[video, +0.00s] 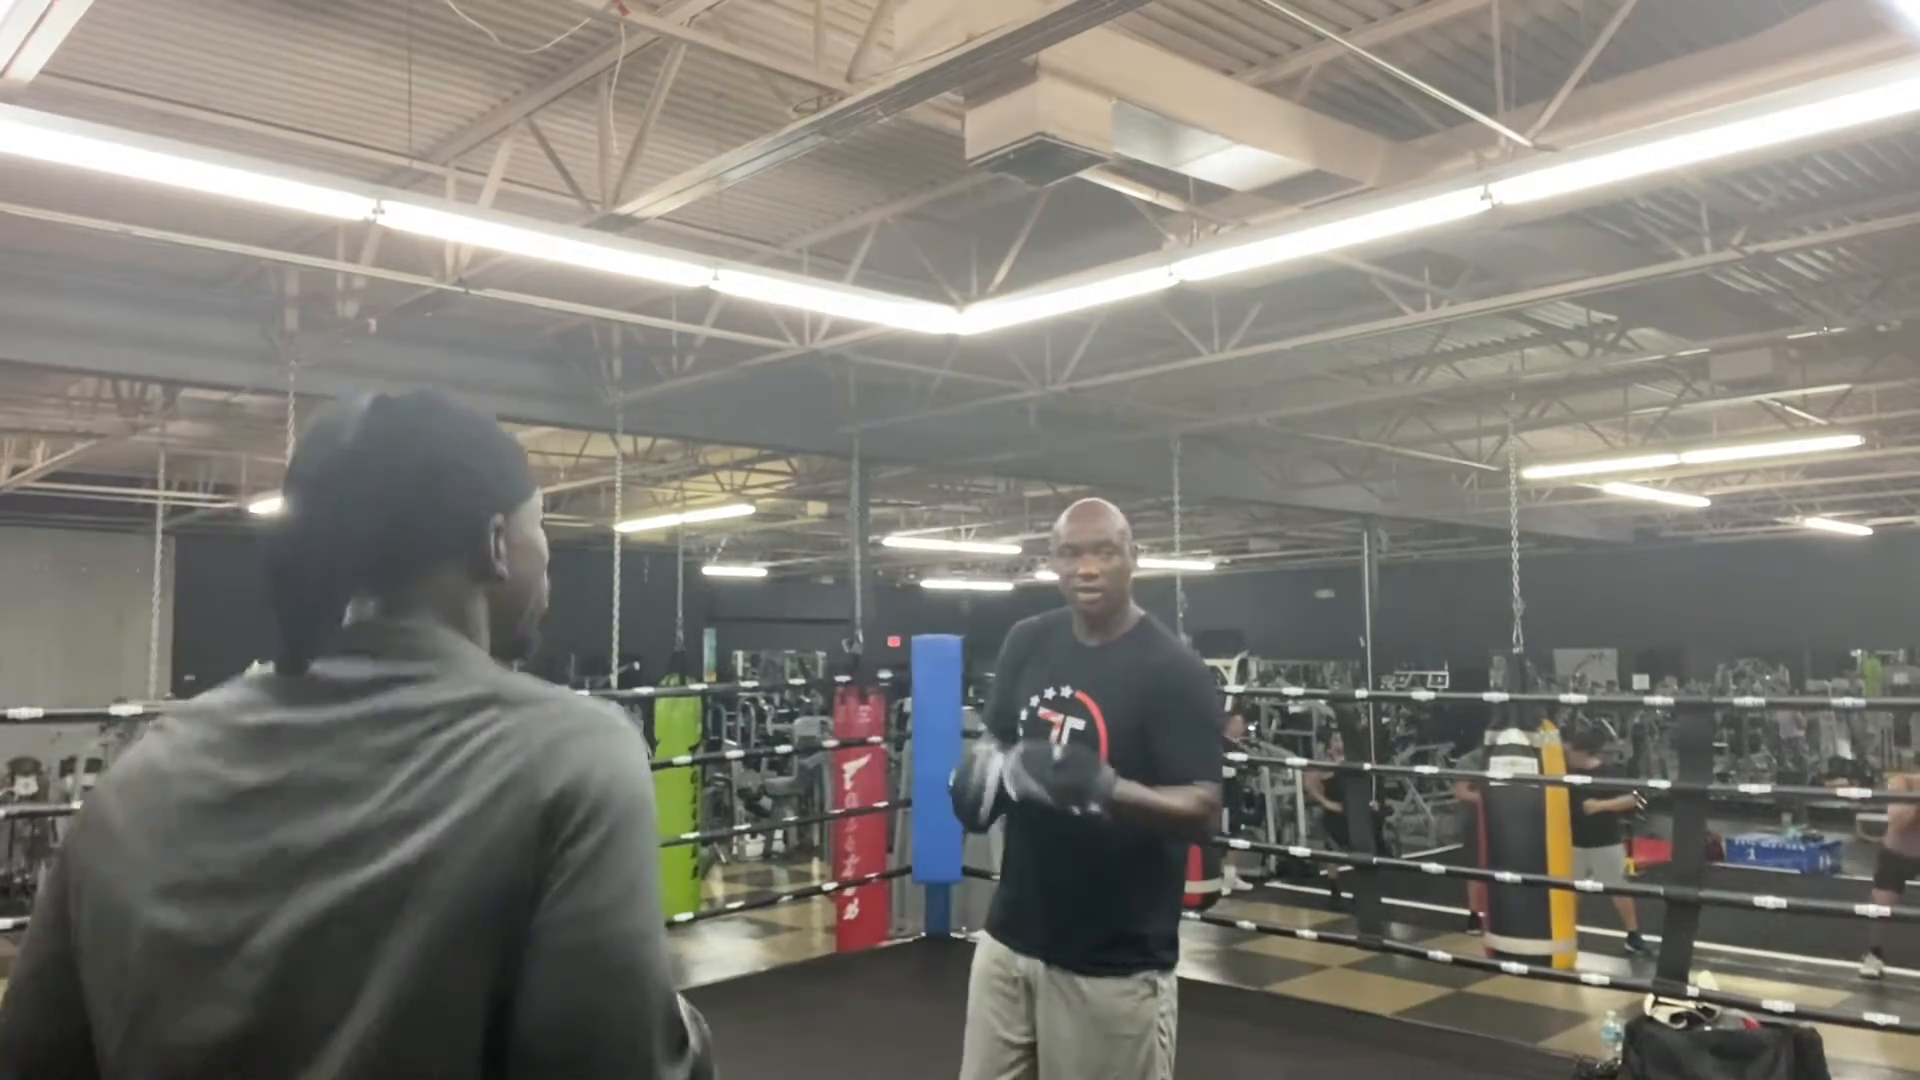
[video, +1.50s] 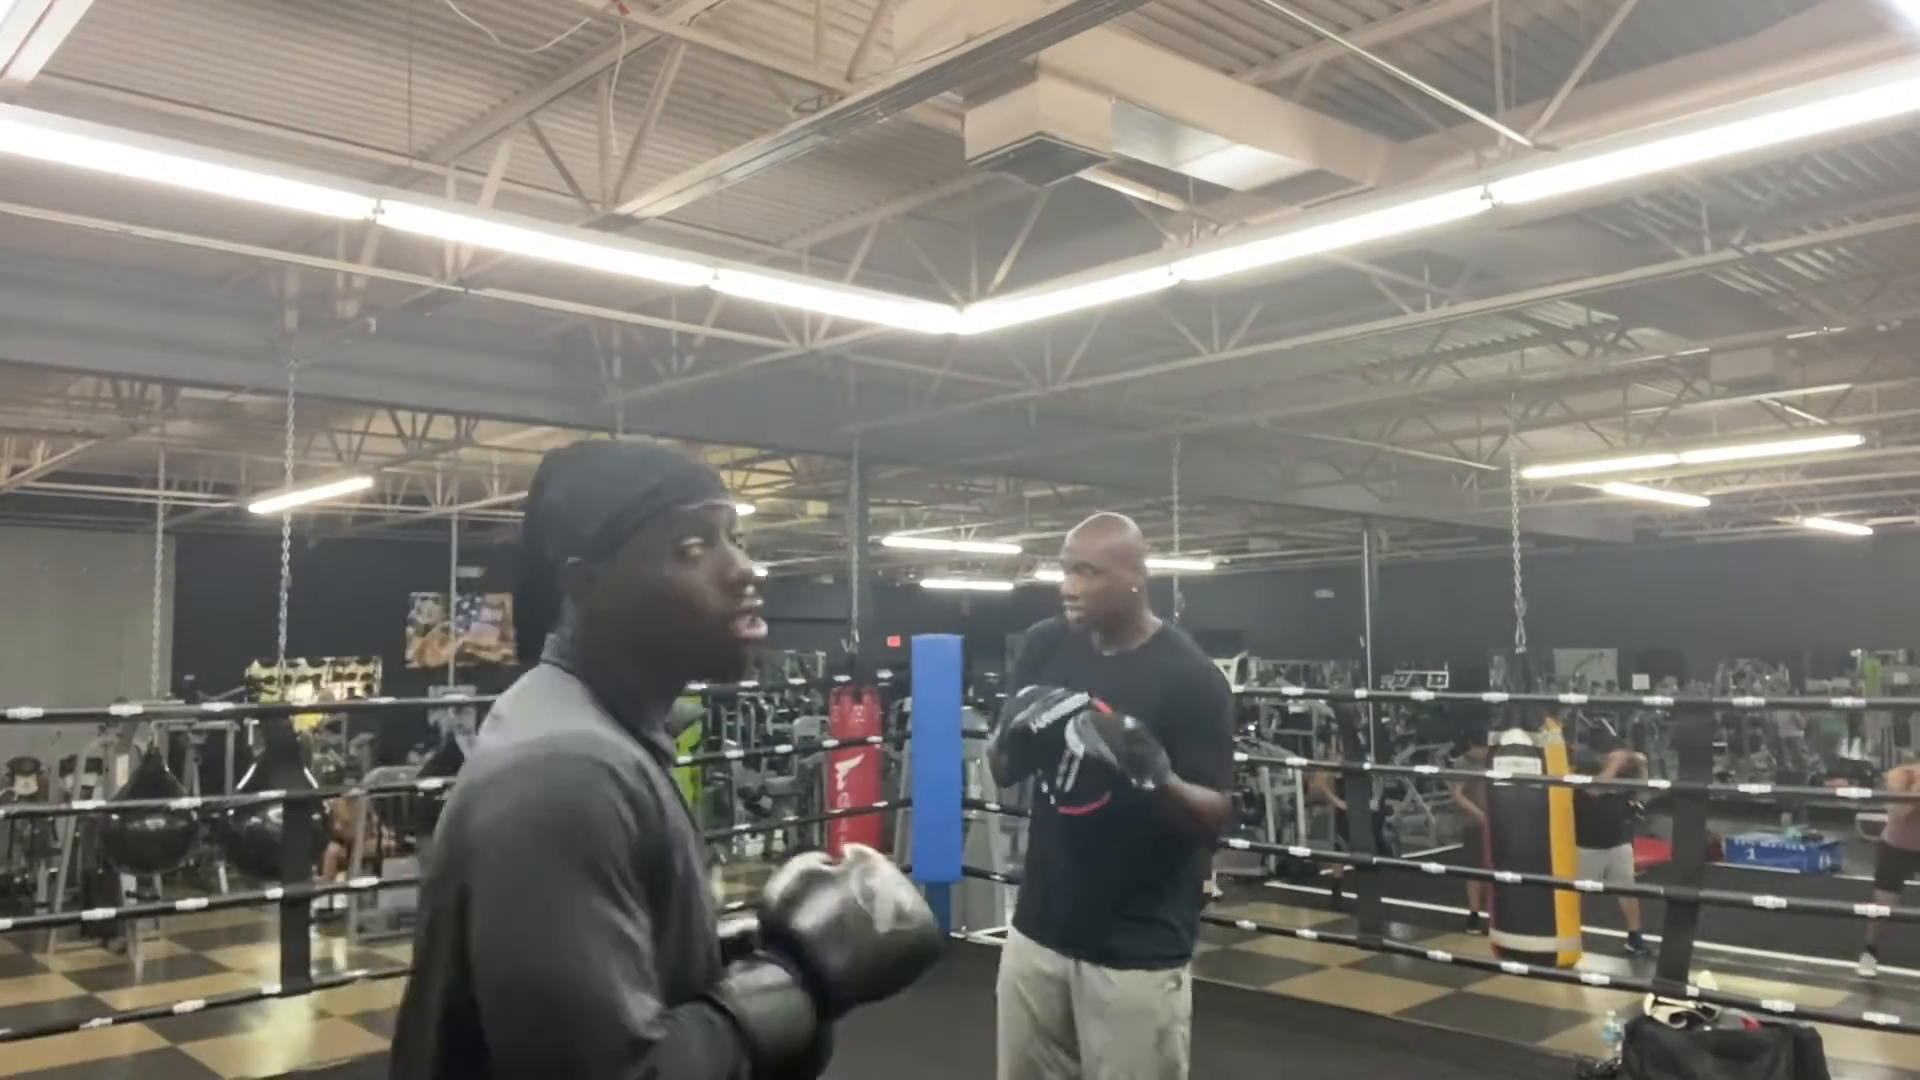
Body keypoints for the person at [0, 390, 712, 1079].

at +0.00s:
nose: (548, 556)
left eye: (542, 524)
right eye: (539, 522)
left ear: (331, 542)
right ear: (496, 543)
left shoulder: (145, 761)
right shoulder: (575, 747)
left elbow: (31, 1051)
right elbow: (598, 1055)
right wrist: (673, 1026)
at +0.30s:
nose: (585, 552)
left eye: (581, 522)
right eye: (576, 521)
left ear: (384, 541)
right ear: (529, 542)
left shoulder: (180, 782)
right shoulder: (599, 756)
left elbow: (119, 1056)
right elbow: (590, 1052)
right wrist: (690, 1043)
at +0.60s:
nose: (650, 617)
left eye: (646, 590)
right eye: (643, 591)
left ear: (461, 605)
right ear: (599, 609)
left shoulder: (268, 847)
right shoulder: (707, 833)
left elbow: (189, 1067)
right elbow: (820, 1065)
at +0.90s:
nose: (647, 624)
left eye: (644, 596)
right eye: (637, 595)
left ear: (471, 609)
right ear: (586, 615)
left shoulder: (307, 822)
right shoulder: (651, 820)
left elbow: (234, 1061)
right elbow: (681, 1062)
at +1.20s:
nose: (696, 571)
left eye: (685, 545)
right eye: (678, 544)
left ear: (519, 579)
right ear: (620, 581)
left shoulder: (373, 765)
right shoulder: (648, 777)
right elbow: (618, 1063)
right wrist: (780, 1048)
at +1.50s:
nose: (746, 571)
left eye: (734, 540)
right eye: (694, 549)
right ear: (587, 584)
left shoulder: (606, 741)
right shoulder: (564, 771)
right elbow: (612, 1067)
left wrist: (760, 944)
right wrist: (801, 983)